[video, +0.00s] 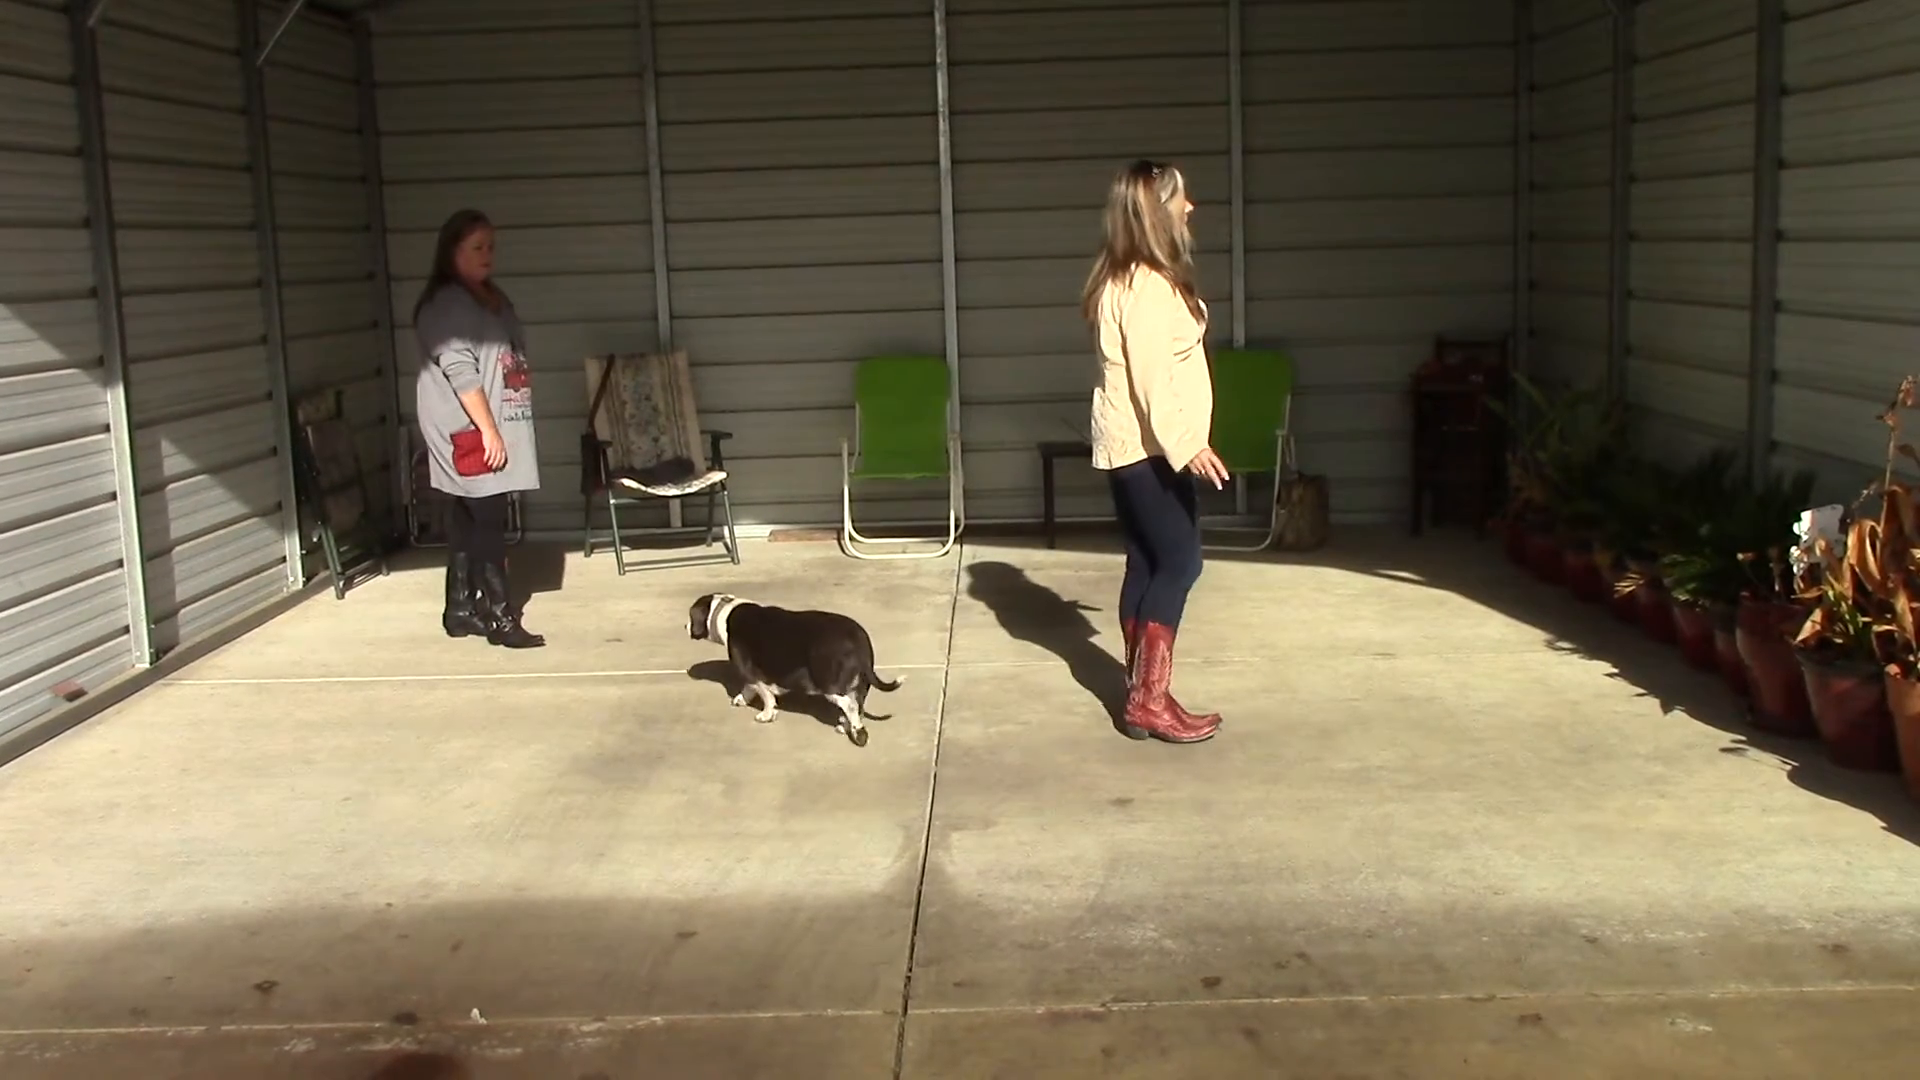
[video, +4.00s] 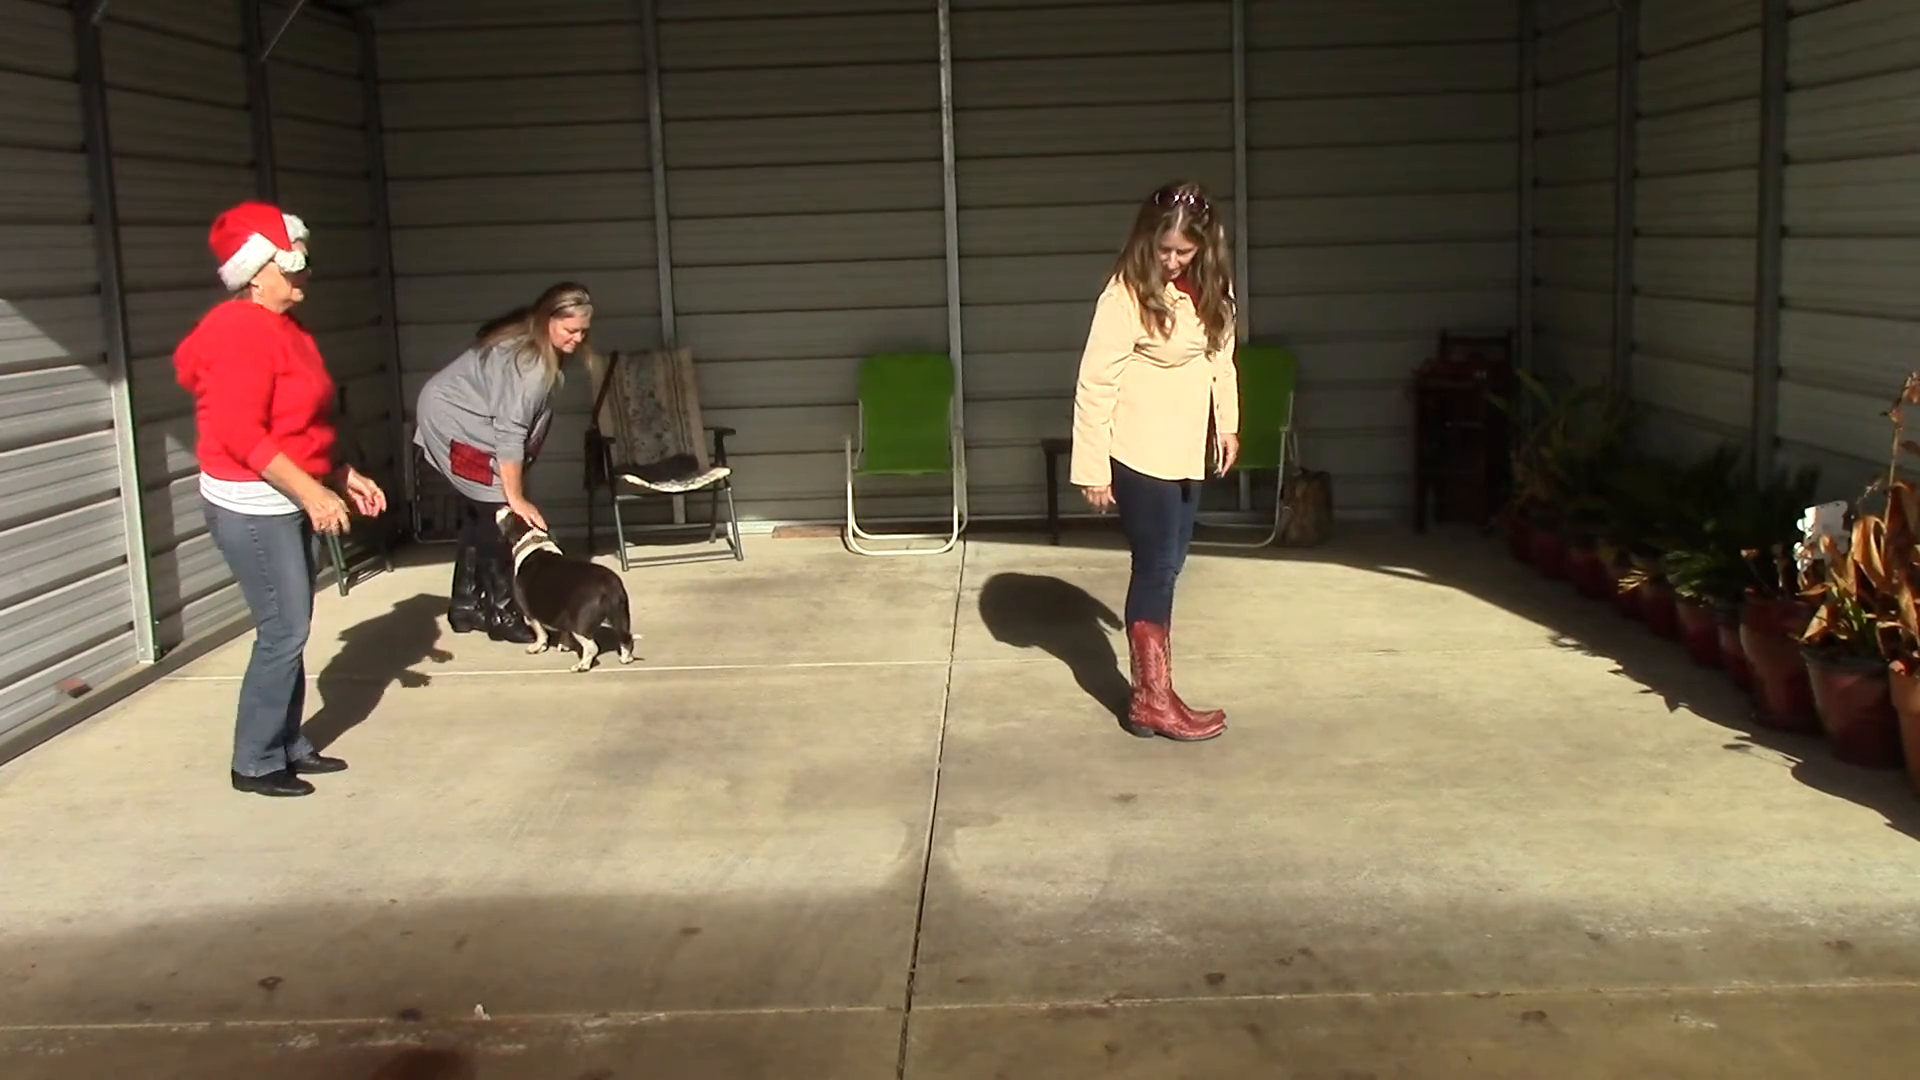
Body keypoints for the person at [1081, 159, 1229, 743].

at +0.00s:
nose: (1190, 211)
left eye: (1187, 202)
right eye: (1182, 204)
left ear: (1137, 213)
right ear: (1157, 212)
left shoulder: (1129, 277)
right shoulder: (1145, 282)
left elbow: (1139, 375)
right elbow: (1151, 378)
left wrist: (1182, 433)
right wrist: (1183, 443)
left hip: (1131, 446)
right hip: (1143, 447)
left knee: (1145, 560)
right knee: (1180, 557)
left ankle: (1142, 692)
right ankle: (1149, 697)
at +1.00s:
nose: (1219, 210)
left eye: (1216, 200)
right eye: (1211, 201)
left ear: (1164, 209)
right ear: (1186, 210)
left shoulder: (1148, 276)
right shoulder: (1167, 282)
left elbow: (1172, 366)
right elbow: (1174, 371)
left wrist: (1230, 384)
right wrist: (1236, 396)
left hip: (1150, 442)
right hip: (1171, 443)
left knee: (1164, 559)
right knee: (1188, 562)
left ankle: (1149, 691)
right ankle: (1156, 698)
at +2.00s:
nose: (1220, 205)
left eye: (1217, 195)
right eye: (1211, 196)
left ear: (1169, 204)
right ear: (1186, 205)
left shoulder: (1151, 272)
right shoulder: (1169, 277)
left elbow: (1178, 364)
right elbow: (1176, 366)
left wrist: (1233, 391)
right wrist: (1233, 400)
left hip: (1150, 438)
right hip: (1169, 440)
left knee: (1159, 559)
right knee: (1181, 561)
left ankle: (1148, 693)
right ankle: (1155, 699)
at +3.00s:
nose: (1208, 207)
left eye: (1207, 196)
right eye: (1197, 197)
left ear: (1174, 208)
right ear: (1166, 206)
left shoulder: (1165, 275)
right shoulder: (1156, 279)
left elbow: (1168, 380)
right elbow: (1163, 383)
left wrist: (1200, 455)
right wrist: (1193, 462)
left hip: (1161, 444)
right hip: (1158, 446)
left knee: (1164, 558)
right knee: (1173, 558)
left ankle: (1154, 693)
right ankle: (1153, 696)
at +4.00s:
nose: (1174, 261)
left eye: (1186, 251)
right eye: (1165, 249)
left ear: (1202, 245)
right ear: (1147, 238)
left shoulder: (1210, 291)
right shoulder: (1124, 294)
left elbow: (1222, 363)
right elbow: (1095, 383)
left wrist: (1227, 425)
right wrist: (1092, 464)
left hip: (1190, 451)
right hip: (1139, 450)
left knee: (1168, 564)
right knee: (1155, 564)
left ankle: (1157, 695)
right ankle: (1148, 699)